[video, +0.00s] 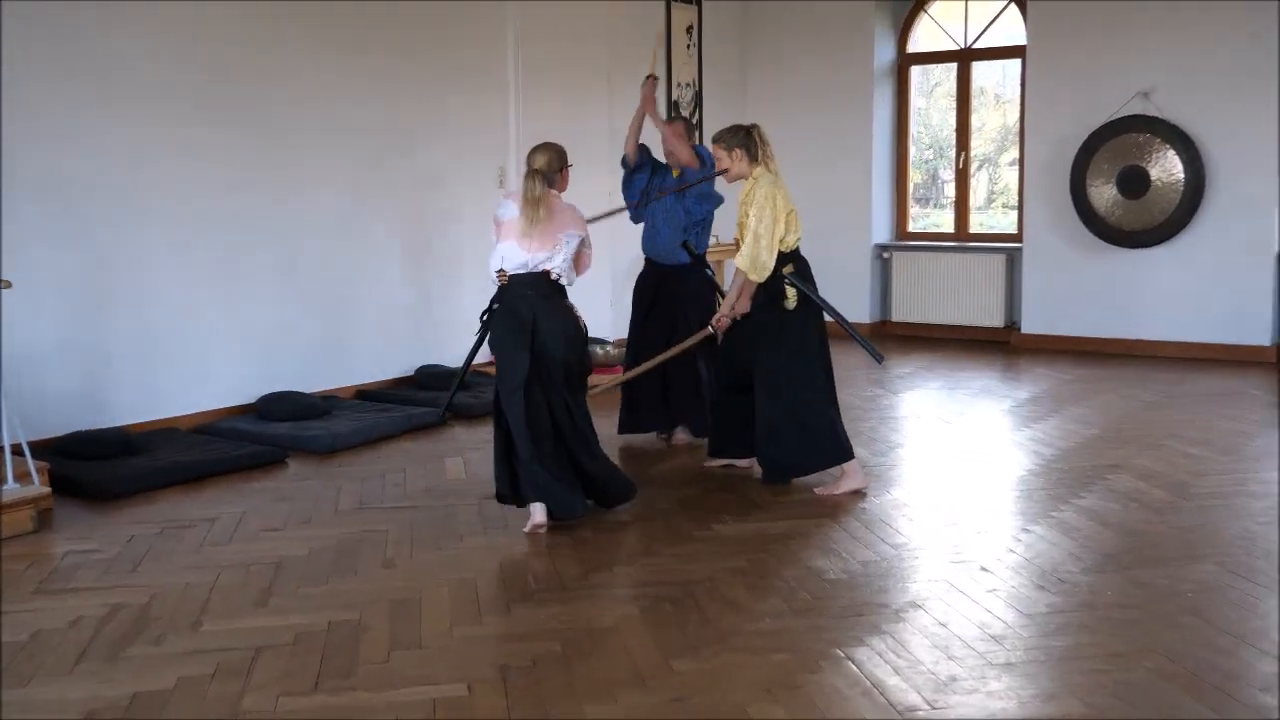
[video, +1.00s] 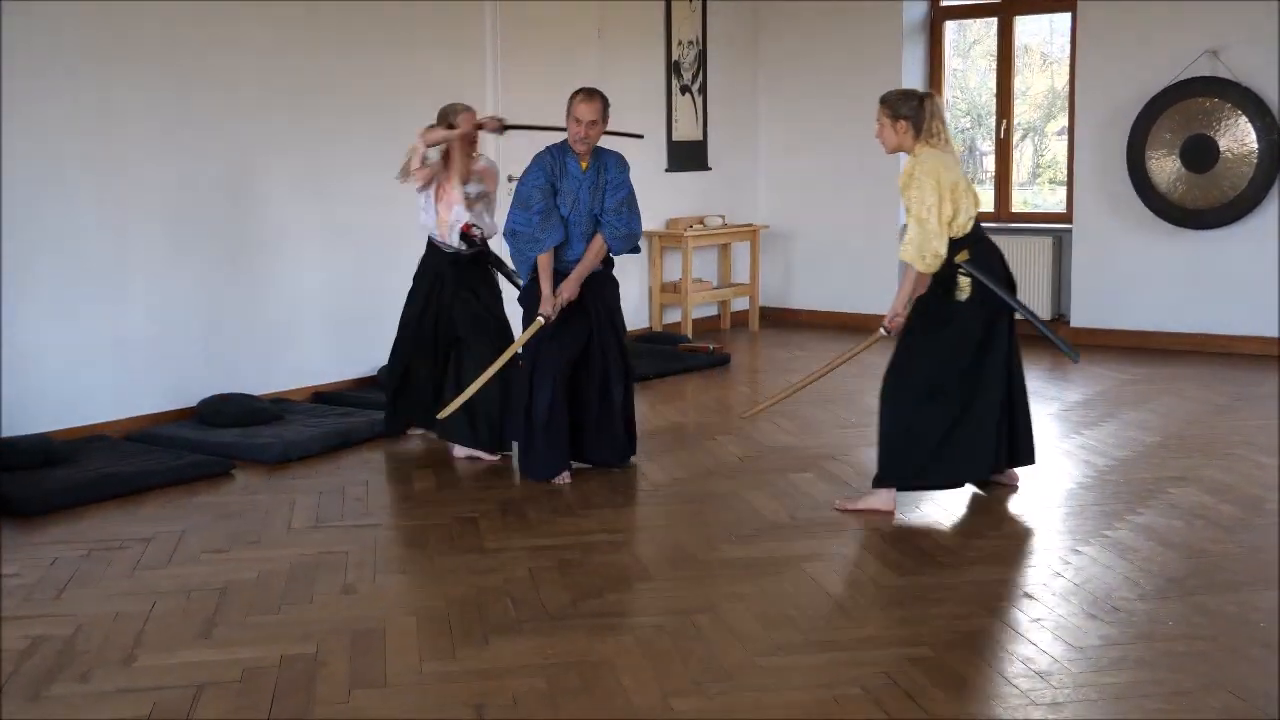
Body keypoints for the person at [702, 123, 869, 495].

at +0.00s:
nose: (719, 167)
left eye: (721, 159)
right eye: (717, 160)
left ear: (738, 154)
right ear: (739, 155)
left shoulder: (764, 187)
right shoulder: (755, 188)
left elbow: (760, 252)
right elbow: (747, 251)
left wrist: (741, 298)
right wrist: (729, 301)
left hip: (786, 284)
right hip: (767, 283)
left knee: (802, 376)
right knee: (737, 358)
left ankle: (851, 469)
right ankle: (742, 450)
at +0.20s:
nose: (735, 162)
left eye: (738, 154)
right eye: (734, 155)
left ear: (758, 149)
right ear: (760, 151)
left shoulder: (785, 182)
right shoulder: (771, 184)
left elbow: (779, 251)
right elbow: (762, 250)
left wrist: (759, 300)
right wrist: (743, 301)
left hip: (806, 288)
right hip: (784, 289)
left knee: (812, 378)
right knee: (741, 361)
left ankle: (856, 470)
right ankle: (742, 453)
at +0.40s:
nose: (768, 156)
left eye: (770, 147)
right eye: (767, 147)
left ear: (790, 141)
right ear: (794, 141)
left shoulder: (815, 175)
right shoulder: (817, 170)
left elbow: (810, 247)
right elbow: (804, 244)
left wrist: (787, 299)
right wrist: (780, 298)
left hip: (844, 283)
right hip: (831, 280)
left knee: (845, 380)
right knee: (782, 364)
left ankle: (866, 483)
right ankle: (766, 453)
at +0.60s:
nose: (803, 146)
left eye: (806, 137)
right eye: (803, 137)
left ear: (826, 136)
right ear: (837, 135)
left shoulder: (844, 175)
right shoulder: (867, 167)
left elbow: (849, 255)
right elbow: (845, 253)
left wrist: (823, 311)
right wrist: (821, 308)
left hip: (877, 291)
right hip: (902, 284)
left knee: (838, 388)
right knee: (885, 383)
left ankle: (869, 490)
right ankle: (884, 485)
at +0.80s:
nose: (837, 139)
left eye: (841, 131)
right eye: (838, 131)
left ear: (862, 132)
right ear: (870, 131)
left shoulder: (879, 171)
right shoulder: (902, 163)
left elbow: (883, 255)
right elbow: (925, 218)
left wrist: (859, 313)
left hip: (911, 284)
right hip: (939, 273)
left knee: (855, 380)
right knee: (916, 376)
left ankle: (875, 492)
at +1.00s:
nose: (877, 132)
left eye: (881, 124)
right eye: (877, 124)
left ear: (904, 126)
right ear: (912, 125)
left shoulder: (923, 168)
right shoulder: (939, 159)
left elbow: (926, 245)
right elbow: (923, 242)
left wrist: (904, 305)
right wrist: (904, 301)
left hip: (957, 282)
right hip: (986, 276)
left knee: (901, 379)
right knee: (983, 371)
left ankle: (884, 490)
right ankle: (999, 467)